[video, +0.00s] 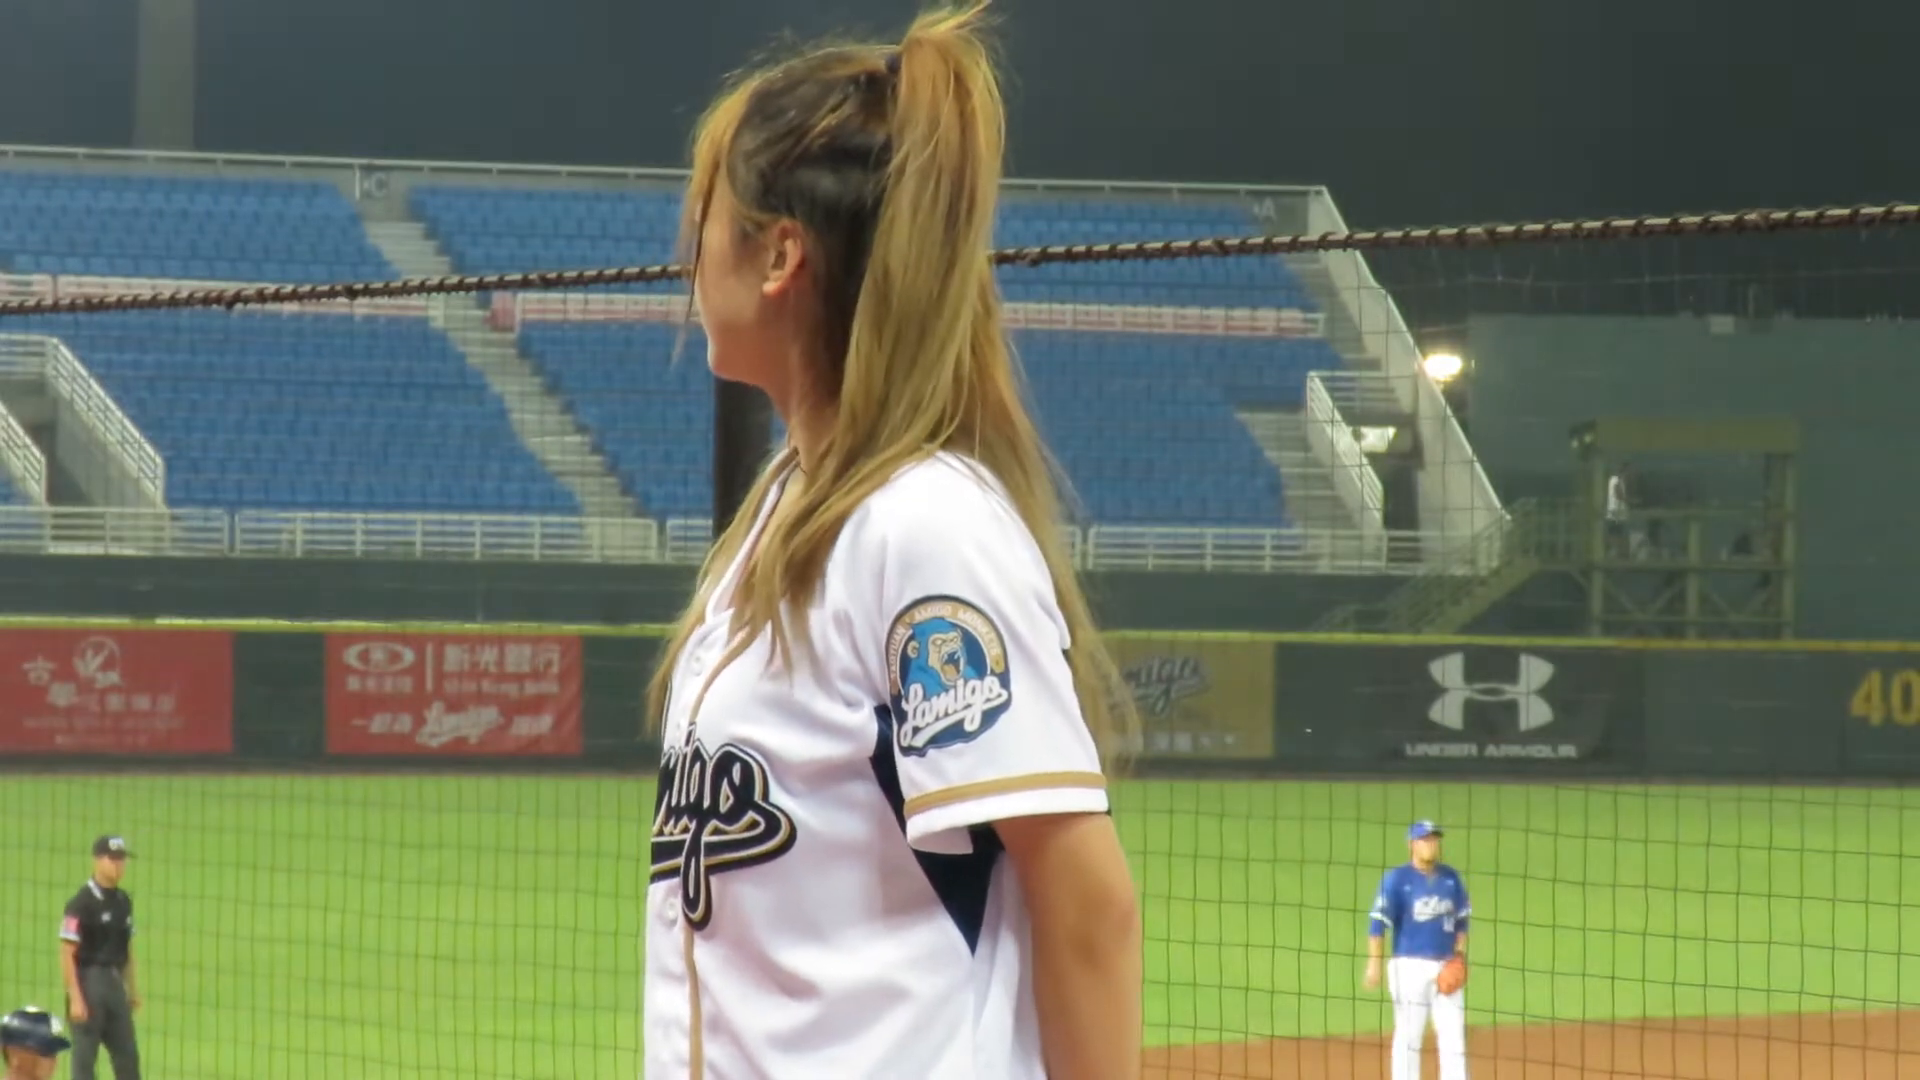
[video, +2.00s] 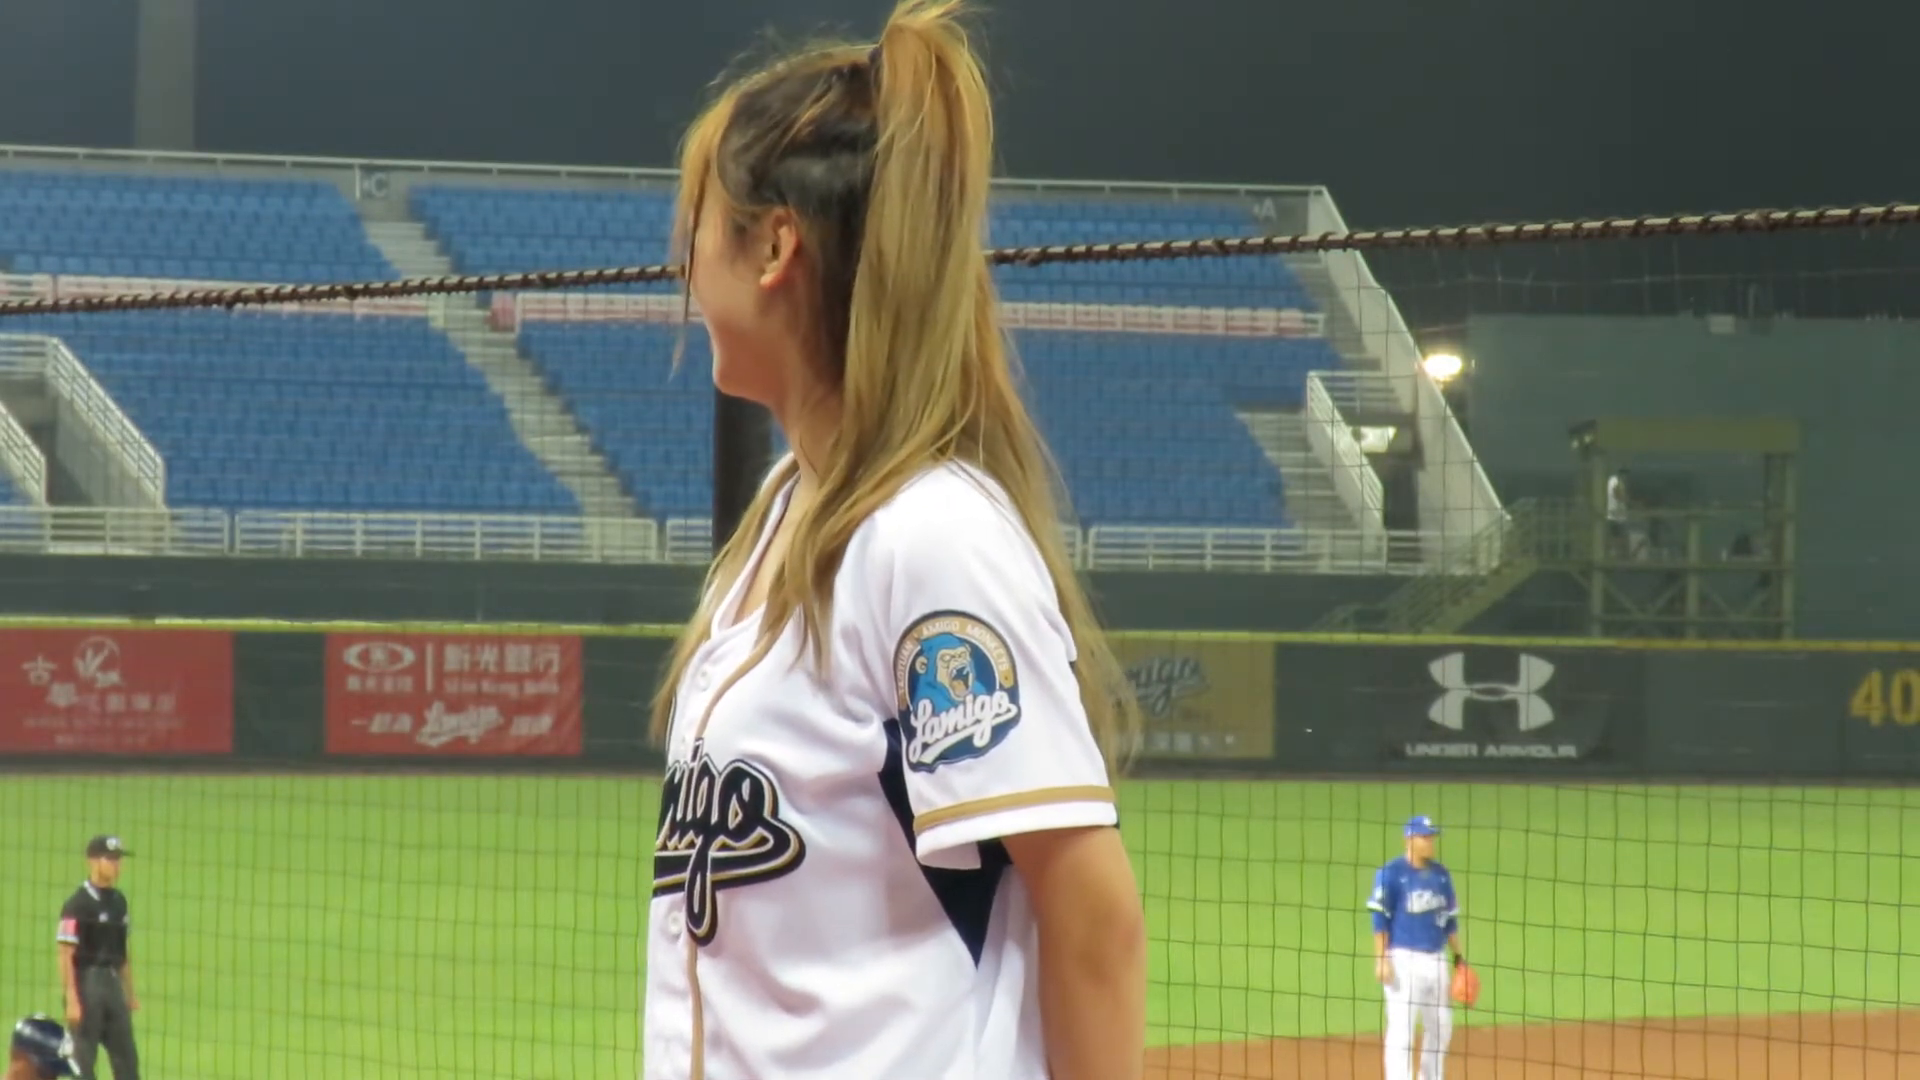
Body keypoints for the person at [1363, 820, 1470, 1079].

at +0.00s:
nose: (1431, 845)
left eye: (1434, 839)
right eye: (1425, 840)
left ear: (1439, 843)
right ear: (1412, 844)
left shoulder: (1451, 878)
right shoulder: (1396, 879)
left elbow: (1462, 921)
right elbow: (1378, 922)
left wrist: (1459, 956)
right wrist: (1374, 963)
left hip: (1446, 965)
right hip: (1409, 966)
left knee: (1453, 1041)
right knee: (1408, 1039)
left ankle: (1455, 1078)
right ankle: (1405, 1077)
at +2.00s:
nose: (1429, 843)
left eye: (1431, 837)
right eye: (1424, 838)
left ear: (1434, 840)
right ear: (1410, 840)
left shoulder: (1440, 874)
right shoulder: (1390, 873)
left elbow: (1450, 921)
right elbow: (1379, 918)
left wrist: (1459, 958)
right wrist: (1382, 957)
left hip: (1436, 959)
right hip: (1403, 958)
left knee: (1440, 1028)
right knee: (1401, 1030)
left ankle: (1430, 1076)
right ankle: (1398, 1076)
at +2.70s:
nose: (1446, 843)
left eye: (1449, 838)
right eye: (1441, 838)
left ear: (1452, 841)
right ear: (1427, 840)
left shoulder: (1456, 874)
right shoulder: (1410, 871)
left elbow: (1461, 921)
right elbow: (1395, 912)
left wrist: (1467, 961)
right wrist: (1417, 947)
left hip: (1449, 960)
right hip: (1417, 958)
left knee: (1438, 1030)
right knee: (1416, 1026)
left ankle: (1429, 1076)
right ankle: (1405, 1076)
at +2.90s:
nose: (1448, 843)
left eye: (1451, 838)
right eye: (1442, 837)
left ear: (1454, 841)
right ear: (1429, 839)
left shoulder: (1458, 876)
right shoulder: (1413, 869)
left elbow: (1461, 924)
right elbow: (1392, 907)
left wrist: (1467, 964)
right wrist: (1413, 944)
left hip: (1449, 961)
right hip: (1417, 959)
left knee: (1437, 1032)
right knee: (1416, 1030)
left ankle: (1430, 1076)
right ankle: (1409, 1076)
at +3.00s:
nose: (1448, 842)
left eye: (1451, 837)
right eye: (1442, 837)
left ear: (1454, 840)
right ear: (1430, 839)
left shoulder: (1458, 875)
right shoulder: (1412, 869)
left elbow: (1461, 924)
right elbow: (1395, 908)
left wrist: (1467, 965)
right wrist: (1411, 947)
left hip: (1447, 960)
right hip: (1415, 957)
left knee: (1436, 1032)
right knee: (1414, 1028)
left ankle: (1429, 1076)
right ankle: (1405, 1076)